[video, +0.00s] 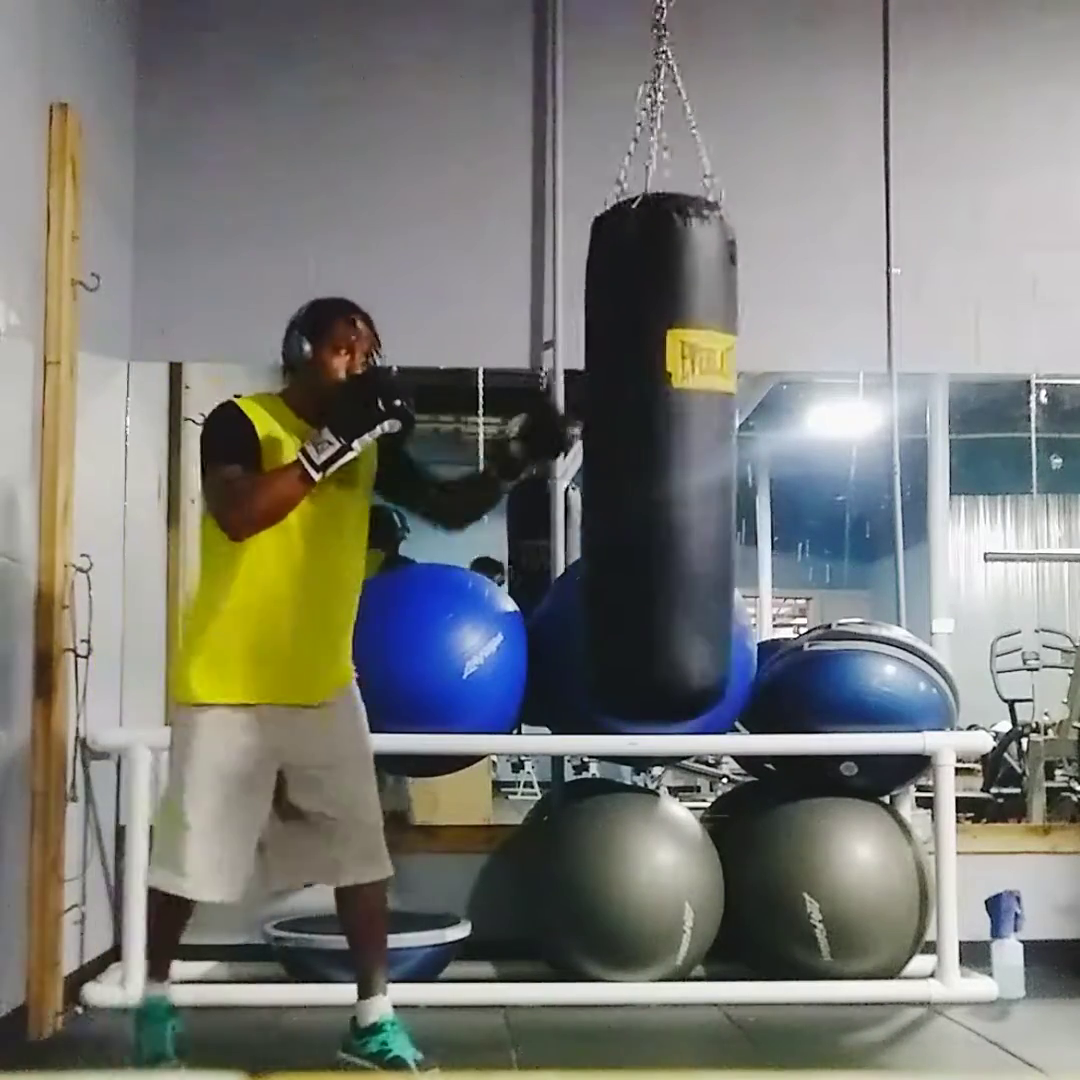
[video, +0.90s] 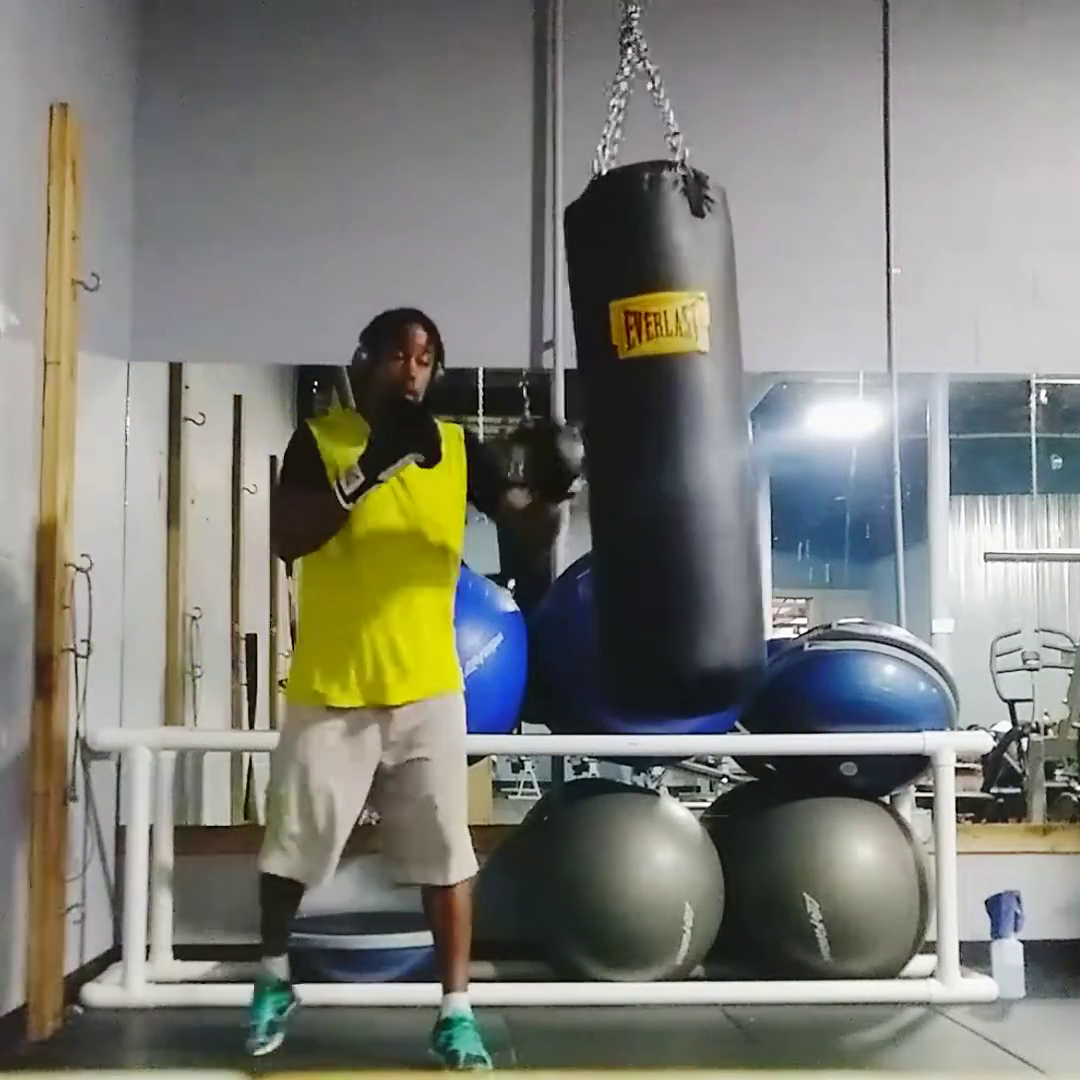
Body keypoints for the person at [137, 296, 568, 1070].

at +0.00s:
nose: (357, 365)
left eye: (367, 355)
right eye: (342, 348)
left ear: (370, 368)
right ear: (299, 351)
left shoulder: (367, 442)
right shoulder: (239, 421)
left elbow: (451, 508)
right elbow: (239, 514)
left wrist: (516, 458)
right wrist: (337, 439)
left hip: (322, 682)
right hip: (225, 679)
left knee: (362, 850)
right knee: (186, 857)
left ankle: (374, 1017)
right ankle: (152, 1006)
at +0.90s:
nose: (412, 367)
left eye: (424, 357)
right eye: (396, 353)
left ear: (436, 372)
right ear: (362, 364)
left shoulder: (459, 446)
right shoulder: (321, 439)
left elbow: (528, 536)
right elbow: (289, 537)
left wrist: (546, 486)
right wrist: (368, 471)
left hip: (428, 676)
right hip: (328, 679)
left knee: (445, 843)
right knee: (292, 838)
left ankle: (456, 1012)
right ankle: (274, 984)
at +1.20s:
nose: (403, 393)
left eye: (413, 384)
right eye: (390, 379)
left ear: (420, 397)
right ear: (355, 385)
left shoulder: (437, 468)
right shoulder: (306, 470)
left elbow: (461, 579)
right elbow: (299, 576)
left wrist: (474, 545)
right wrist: (392, 521)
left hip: (428, 690)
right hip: (335, 699)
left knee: (453, 848)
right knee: (324, 856)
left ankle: (459, 1007)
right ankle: (325, 990)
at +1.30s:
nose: (410, 378)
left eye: (419, 369)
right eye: (398, 365)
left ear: (425, 379)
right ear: (359, 369)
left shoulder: (435, 449)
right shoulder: (311, 447)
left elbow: (485, 550)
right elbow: (301, 548)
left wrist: (483, 518)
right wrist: (390, 496)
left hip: (430, 667)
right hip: (338, 674)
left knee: (466, 828)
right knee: (326, 840)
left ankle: (482, 996)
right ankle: (322, 988)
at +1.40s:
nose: (421, 379)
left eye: (431, 370)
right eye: (409, 363)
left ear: (436, 382)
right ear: (370, 365)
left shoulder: (439, 453)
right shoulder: (323, 436)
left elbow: (505, 549)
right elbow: (309, 525)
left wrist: (501, 496)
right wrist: (397, 462)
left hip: (436, 661)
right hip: (343, 663)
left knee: (476, 820)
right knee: (334, 833)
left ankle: (513, 995)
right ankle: (324, 988)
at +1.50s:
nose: (425, 394)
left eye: (436, 385)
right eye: (411, 381)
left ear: (445, 398)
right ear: (376, 387)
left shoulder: (451, 468)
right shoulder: (333, 453)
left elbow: (525, 578)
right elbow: (312, 528)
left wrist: (504, 500)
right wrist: (401, 461)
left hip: (447, 681)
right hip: (352, 682)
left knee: (493, 842)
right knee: (333, 848)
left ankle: (536, 1007)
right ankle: (323, 992)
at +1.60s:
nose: (430, 389)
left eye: (443, 379)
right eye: (416, 376)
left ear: (455, 393)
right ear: (389, 385)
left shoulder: (475, 466)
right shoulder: (351, 458)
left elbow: (526, 571)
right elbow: (315, 538)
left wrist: (516, 488)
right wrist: (389, 458)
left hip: (468, 684)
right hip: (371, 685)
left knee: (504, 846)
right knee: (341, 849)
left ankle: (534, 1008)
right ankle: (326, 991)